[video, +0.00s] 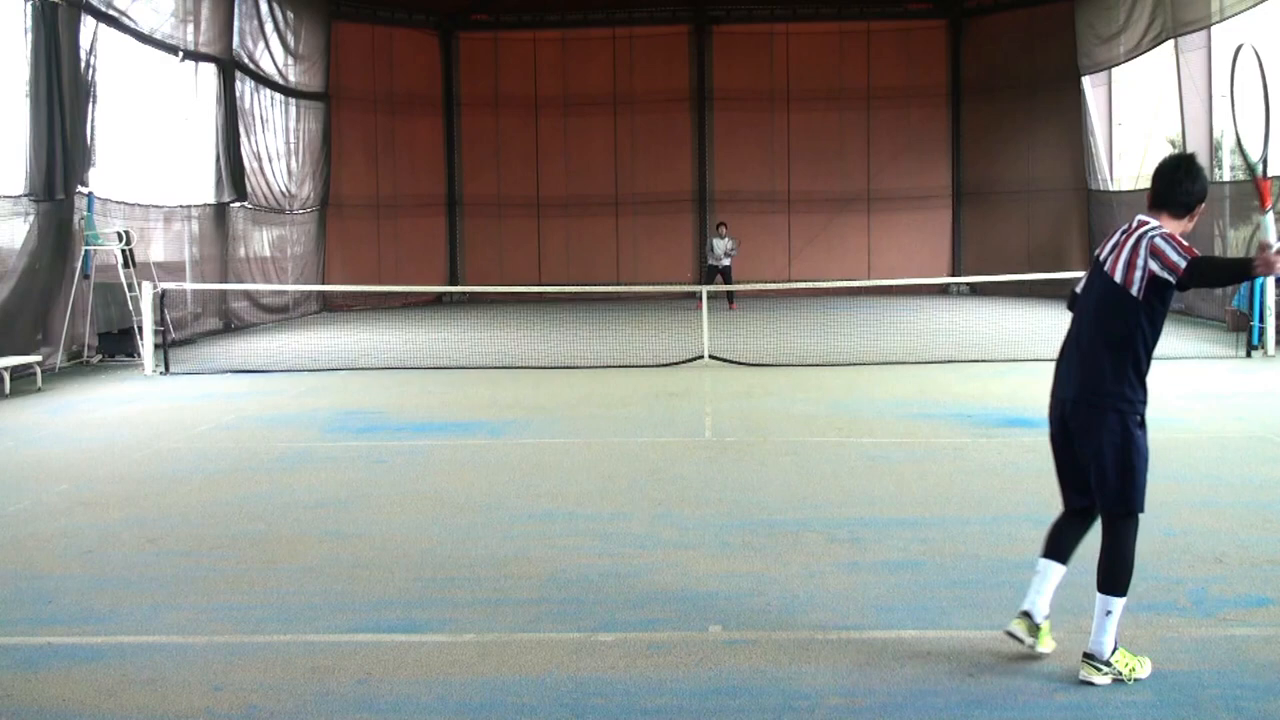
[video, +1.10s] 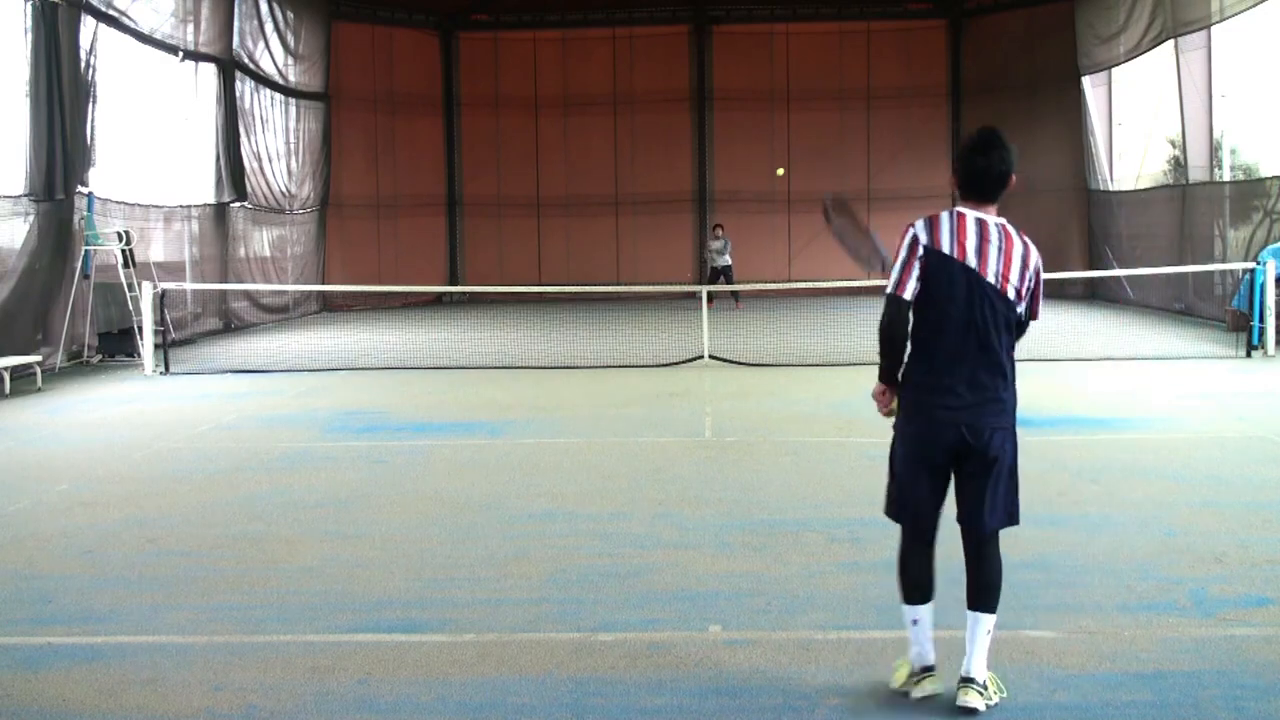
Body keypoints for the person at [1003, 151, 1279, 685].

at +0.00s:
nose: (1200, 218)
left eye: (1198, 211)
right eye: (1202, 210)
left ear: (1150, 196)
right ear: (1196, 209)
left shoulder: (1121, 236)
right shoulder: (1159, 241)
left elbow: (1077, 298)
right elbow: (1196, 270)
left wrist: (1121, 319)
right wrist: (1252, 266)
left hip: (1069, 396)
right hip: (1113, 403)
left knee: (1081, 506)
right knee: (1122, 520)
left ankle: (1032, 612)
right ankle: (1101, 653)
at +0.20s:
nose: (1175, 234)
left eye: (1174, 225)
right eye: (1177, 226)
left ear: (1127, 208)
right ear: (1174, 225)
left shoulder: (1085, 243)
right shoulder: (1142, 257)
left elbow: (1028, 281)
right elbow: (1178, 314)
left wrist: (1077, 296)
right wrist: (1200, 339)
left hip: (1024, 404)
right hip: (1077, 411)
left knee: (1026, 513)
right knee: (1096, 526)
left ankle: (1000, 634)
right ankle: (1100, 654)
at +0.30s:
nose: (1162, 242)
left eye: (1160, 233)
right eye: (1163, 234)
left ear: (1114, 219)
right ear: (1156, 236)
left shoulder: (1065, 243)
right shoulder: (1131, 276)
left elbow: (997, 266)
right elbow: (1142, 341)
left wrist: (1043, 298)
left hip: (998, 400)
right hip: (1055, 409)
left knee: (1002, 521)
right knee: (1082, 525)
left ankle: (999, 642)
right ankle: (1098, 652)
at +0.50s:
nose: (1127, 237)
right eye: (1128, 230)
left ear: (1075, 216)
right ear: (1123, 235)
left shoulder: (1030, 242)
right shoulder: (1109, 299)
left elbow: (950, 255)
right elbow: (1075, 378)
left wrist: (968, 280)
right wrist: (1052, 428)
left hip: (971, 404)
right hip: (1028, 416)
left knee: (981, 519)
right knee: (1030, 520)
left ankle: (997, 642)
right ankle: (1054, 642)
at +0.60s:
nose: (1108, 221)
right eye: (1109, 214)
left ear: (1056, 206)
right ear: (1104, 221)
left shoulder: (1014, 236)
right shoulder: (1095, 290)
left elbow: (929, 251)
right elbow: (1066, 345)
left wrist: (970, 263)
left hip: (968, 400)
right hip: (1027, 411)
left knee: (977, 520)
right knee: (1020, 517)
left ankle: (995, 639)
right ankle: (1018, 637)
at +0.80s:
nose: (1012, 200)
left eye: (1012, 192)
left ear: (1010, 200)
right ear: (1065, 211)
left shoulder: (973, 246)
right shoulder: (1066, 276)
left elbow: (892, 279)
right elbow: (1027, 304)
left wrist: (900, 296)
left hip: (959, 416)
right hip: (1019, 420)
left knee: (971, 528)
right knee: (1012, 533)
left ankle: (997, 638)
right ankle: (986, 639)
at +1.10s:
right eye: (1011, 176)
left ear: (954, 178)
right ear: (1011, 185)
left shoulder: (924, 232)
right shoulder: (1026, 254)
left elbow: (895, 315)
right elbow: (1016, 328)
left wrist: (887, 377)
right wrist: (961, 348)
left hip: (925, 414)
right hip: (989, 418)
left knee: (918, 532)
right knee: (983, 535)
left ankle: (922, 658)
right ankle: (976, 674)